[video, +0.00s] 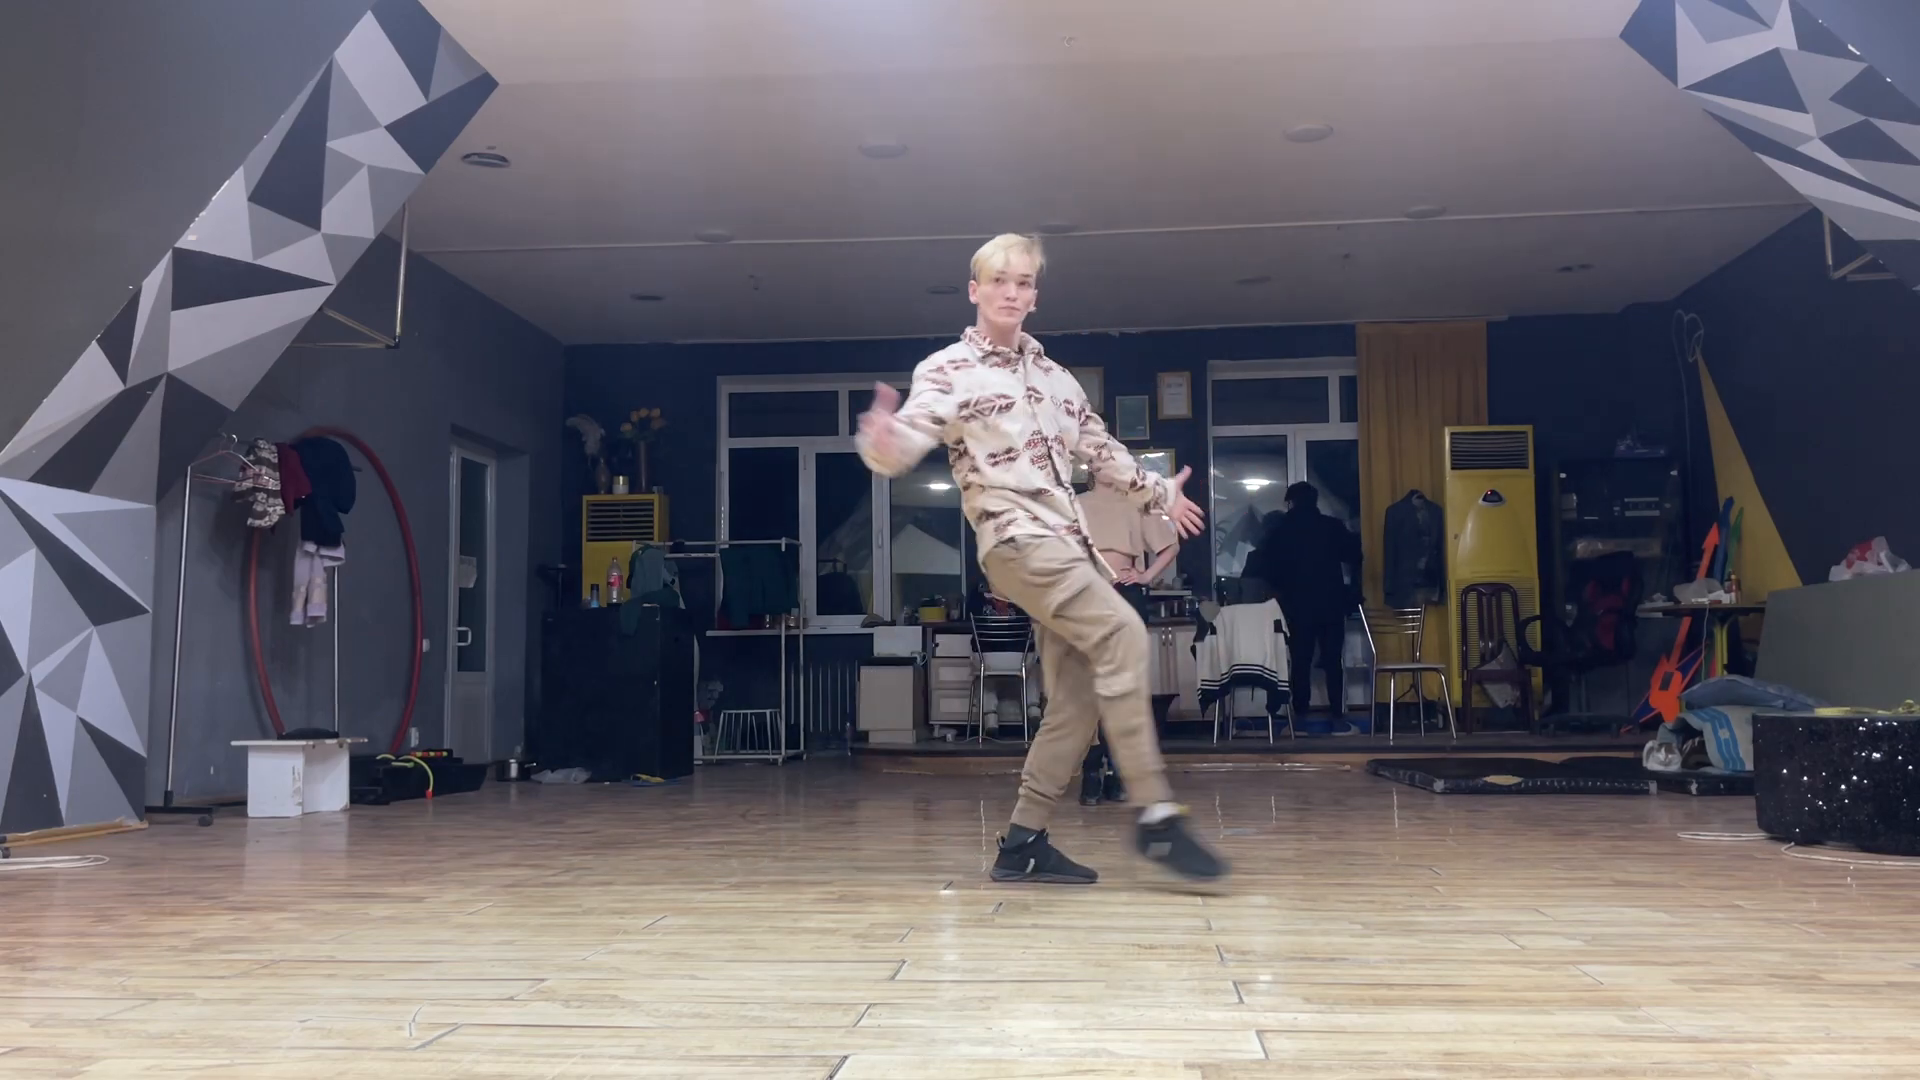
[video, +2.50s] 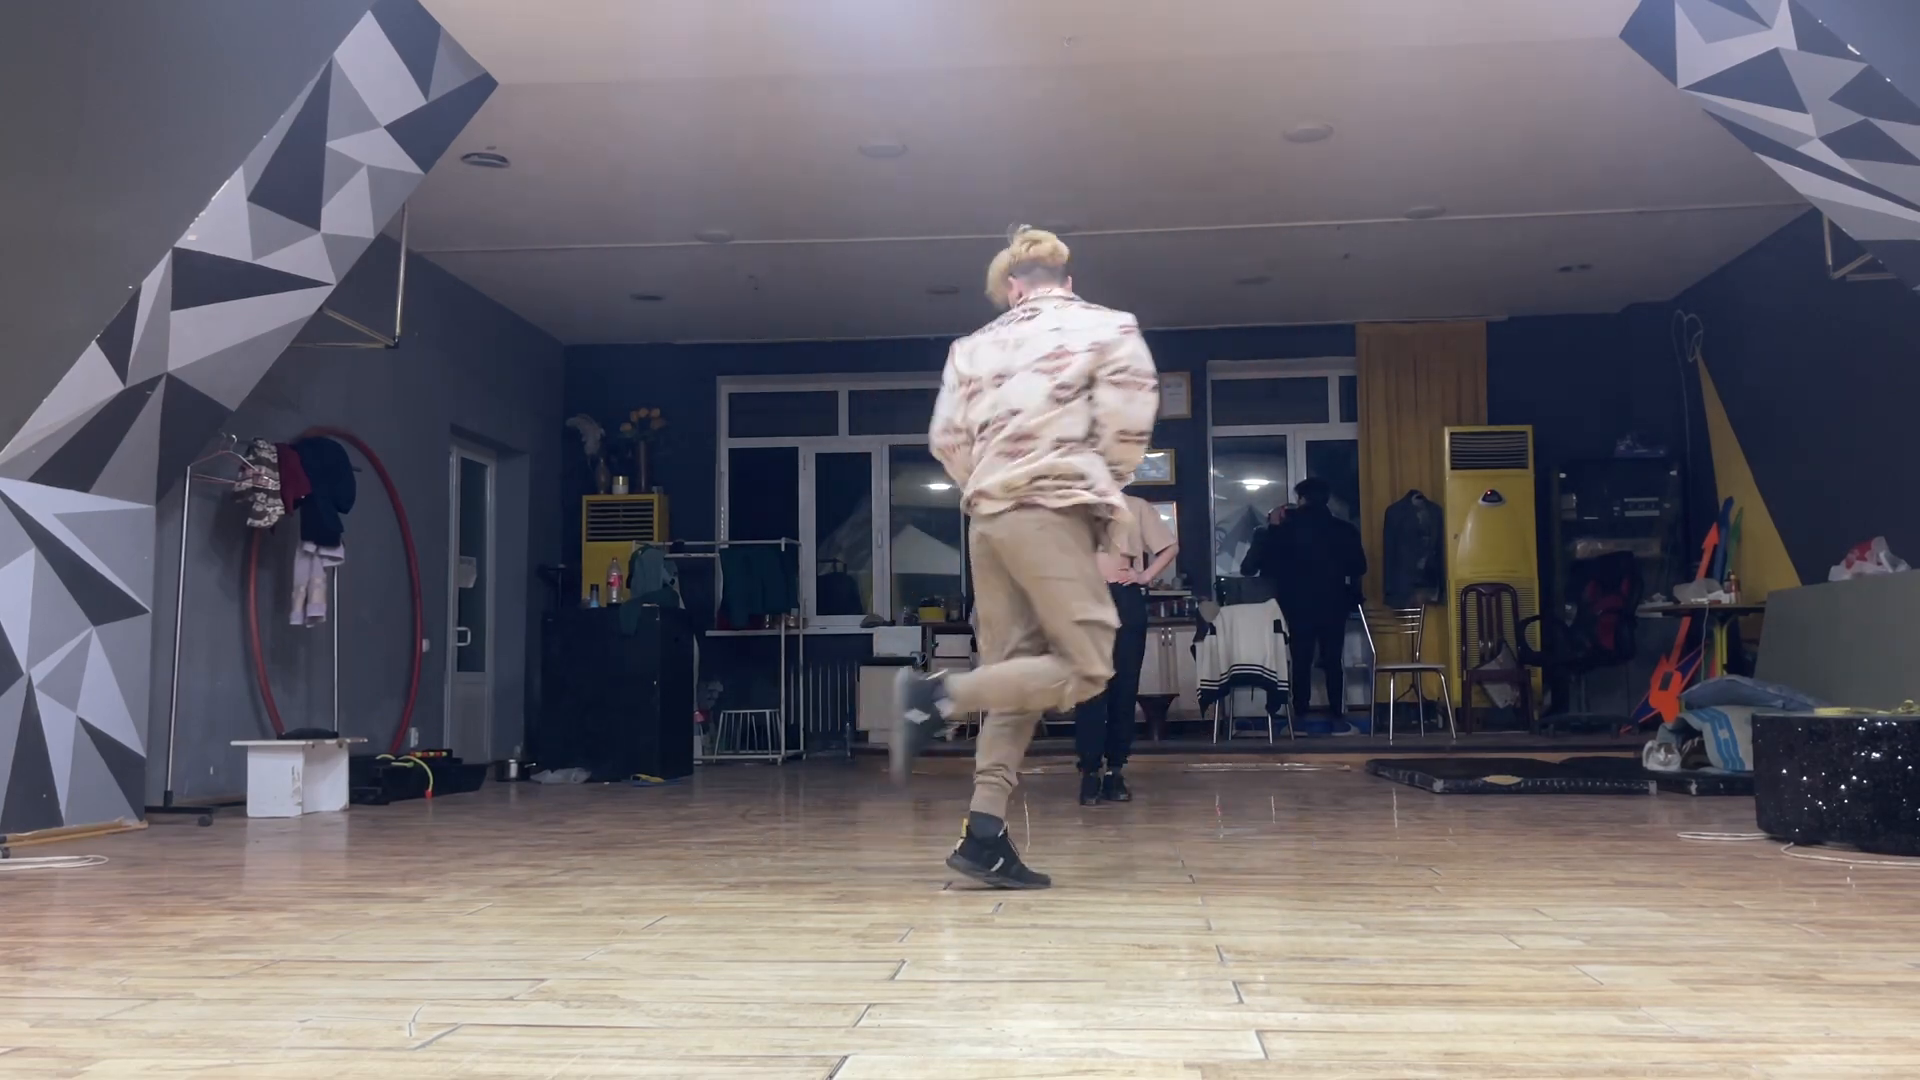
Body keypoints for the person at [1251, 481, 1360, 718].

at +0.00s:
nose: (1288, 506)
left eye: (1289, 502)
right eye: (1289, 502)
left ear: (1291, 502)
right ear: (1315, 501)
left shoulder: (1280, 529)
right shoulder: (1333, 526)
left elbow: (1264, 566)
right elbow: (1355, 556)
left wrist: (1278, 592)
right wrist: (1355, 593)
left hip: (1296, 603)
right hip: (1330, 601)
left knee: (1300, 661)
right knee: (1333, 661)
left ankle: (1300, 716)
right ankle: (1337, 718)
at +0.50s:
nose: (1298, 504)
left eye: (1298, 500)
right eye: (1298, 500)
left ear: (1301, 500)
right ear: (1325, 500)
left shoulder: (1289, 530)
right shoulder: (1342, 527)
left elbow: (1277, 569)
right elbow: (1359, 565)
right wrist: (1353, 595)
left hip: (1301, 605)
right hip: (1333, 603)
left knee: (1302, 663)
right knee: (1334, 661)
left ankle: (1300, 719)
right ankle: (1337, 719)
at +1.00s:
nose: (1302, 502)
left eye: (1302, 498)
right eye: (1303, 499)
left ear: (1305, 500)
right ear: (1328, 500)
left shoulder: (1291, 530)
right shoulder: (1346, 529)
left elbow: (1270, 567)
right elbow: (1360, 567)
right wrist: (1337, 564)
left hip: (1301, 604)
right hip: (1335, 604)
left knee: (1302, 661)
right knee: (1335, 661)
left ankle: (1300, 717)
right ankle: (1338, 718)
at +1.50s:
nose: (1299, 502)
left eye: (1300, 498)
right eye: (1300, 498)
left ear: (1303, 499)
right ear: (1327, 499)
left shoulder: (1288, 529)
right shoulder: (1345, 529)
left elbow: (1267, 566)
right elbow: (1359, 568)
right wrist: (1353, 598)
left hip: (1300, 605)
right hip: (1333, 604)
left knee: (1302, 661)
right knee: (1334, 661)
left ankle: (1300, 719)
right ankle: (1337, 719)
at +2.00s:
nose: (1299, 502)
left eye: (1300, 498)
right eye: (1300, 498)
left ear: (1302, 499)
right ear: (1327, 499)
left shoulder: (1286, 529)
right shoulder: (1345, 530)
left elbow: (1252, 568)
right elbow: (1358, 568)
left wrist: (1271, 527)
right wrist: (1352, 597)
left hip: (1297, 605)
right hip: (1333, 604)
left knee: (1301, 661)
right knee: (1333, 661)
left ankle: (1300, 719)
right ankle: (1337, 719)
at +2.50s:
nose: (1298, 503)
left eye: (1299, 499)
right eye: (1301, 499)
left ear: (1301, 500)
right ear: (1327, 500)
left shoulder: (1286, 528)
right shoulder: (1344, 529)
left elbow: (1250, 567)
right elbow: (1358, 568)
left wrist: (1270, 527)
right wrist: (1355, 597)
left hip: (1298, 605)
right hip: (1333, 604)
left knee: (1300, 661)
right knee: (1333, 661)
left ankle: (1300, 717)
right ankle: (1337, 718)